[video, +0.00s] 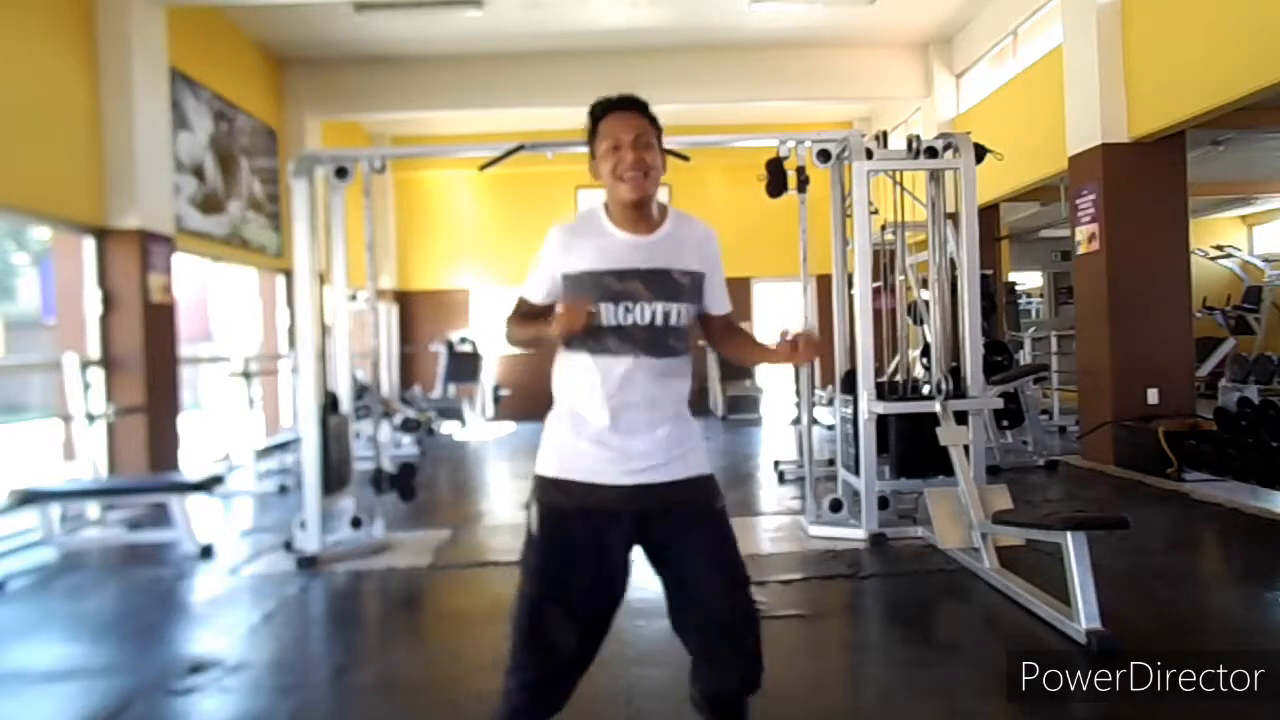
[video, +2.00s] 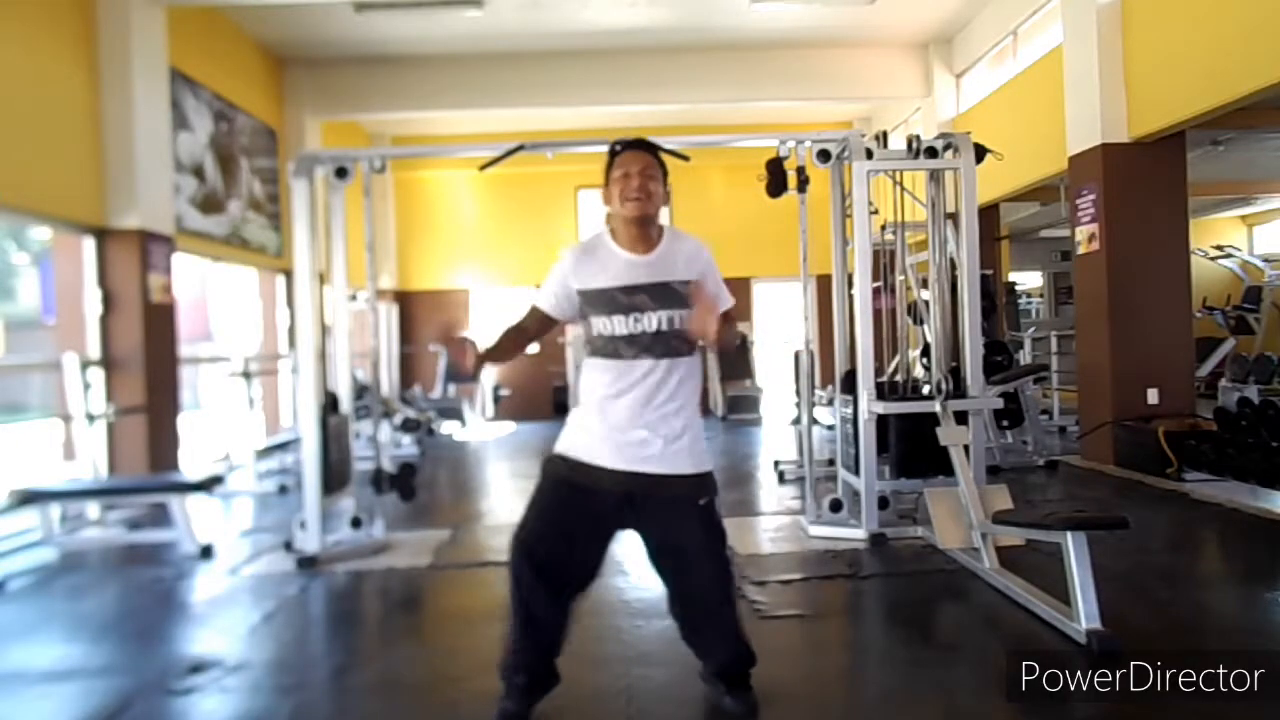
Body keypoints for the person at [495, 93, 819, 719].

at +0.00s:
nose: (632, 158)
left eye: (643, 144)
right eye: (615, 149)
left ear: (663, 154)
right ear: (594, 167)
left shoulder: (696, 239)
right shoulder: (568, 240)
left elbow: (723, 332)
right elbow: (519, 325)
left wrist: (777, 354)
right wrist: (553, 326)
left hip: (677, 471)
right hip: (579, 475)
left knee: (729, 638)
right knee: (547, 652)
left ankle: (722, 710)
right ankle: (518, 715)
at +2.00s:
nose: (637, 184)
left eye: (648, 175)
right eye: (625, 176)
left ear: (666, 190)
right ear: (605, 193)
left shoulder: (693, 257)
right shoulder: (580, 263)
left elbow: (731, 333)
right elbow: (534, 325)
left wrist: (718, 332)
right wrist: (484, 356)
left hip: (675, 457)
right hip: (590, 453)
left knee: (705, 581)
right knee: (537, 560)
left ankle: (733, 684)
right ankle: (522, 688)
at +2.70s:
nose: (635, 175)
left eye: (647, 165)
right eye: (623, 169)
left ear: (668, 179)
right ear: (608, 187)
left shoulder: (692, 256)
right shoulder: (579, 249)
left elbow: (725, 338)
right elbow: (527, 329)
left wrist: (767, 396)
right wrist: (509, 408)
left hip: (681, 453)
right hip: (591, 458)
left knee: (735, 582)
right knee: (573, 599)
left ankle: (747, 698)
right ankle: (540, 702)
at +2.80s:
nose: (636, 176)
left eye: (646, 166)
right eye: (623, 170)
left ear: (669, 179)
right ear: (608, 190)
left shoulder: (706, 246)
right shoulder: (589, 256)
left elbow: (728, 344)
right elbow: (537, 344)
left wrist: (732, 425)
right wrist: (473, 417)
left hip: (688, 469)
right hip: (596, 466)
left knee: (719, 606)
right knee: (556, 608)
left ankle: (743, 700)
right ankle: (535, 704)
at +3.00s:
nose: (639, 167)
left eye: (649, 155)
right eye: (626, 159)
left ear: (674, 163)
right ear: (611, 172)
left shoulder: (707, 230)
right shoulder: (586, 232)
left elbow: (738, 325)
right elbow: (556, 324)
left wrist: (748, 414)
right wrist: (548, 414)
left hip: (692, 448)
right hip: (600, 451)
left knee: (733, 578)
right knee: (574, 598)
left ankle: (753, 694)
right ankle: (565, 708)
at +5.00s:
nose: (666, 156)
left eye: (676, 141)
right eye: (646, 147)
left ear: (696, 152)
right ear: (623, 169)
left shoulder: (735, 239)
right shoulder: (594, 243)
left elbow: (776, 327)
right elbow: (535, 329)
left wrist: (799, 379)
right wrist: (474, 393)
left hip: (715, 496)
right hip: (603, 498)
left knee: (786, 671)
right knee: (561, 686)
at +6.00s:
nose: (677, 135)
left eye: (692, 121)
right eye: (661, 122)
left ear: (714, 136)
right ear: (640, 138)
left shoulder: (742, 229)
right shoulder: (597, 214)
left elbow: (759, 326)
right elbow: (557, 296)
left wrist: (819, 353)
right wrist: (562, 326)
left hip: (729, 483)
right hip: (614, 488)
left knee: (787, 675)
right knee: (555, 679)